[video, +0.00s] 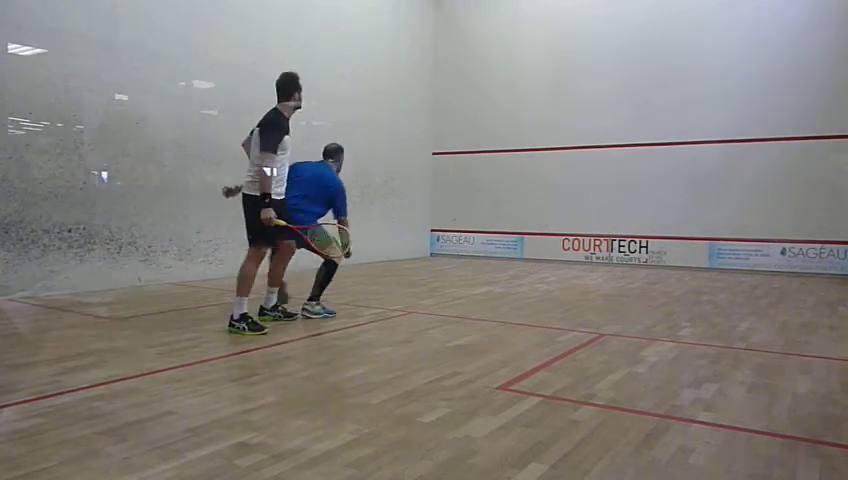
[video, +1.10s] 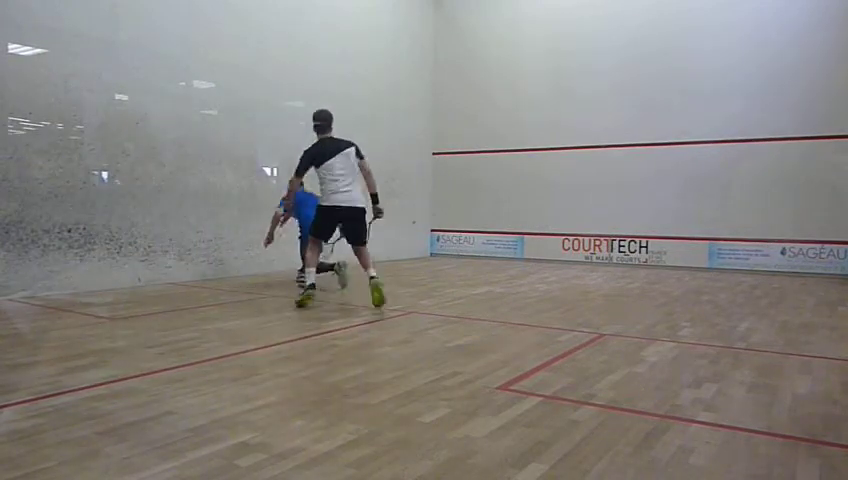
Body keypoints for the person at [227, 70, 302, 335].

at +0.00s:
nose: (302, 97)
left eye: (301, 92)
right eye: (301, 93)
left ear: (281, 94)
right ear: (294, 95)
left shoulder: (274, 118)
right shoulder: (275, 123)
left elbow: (247, 143)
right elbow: (266, 166)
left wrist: (262, 171)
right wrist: (266, 202)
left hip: (270, 195)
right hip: (259, 197)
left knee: (286, 247)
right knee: (257, 252)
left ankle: (269, 306)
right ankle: (238, 315)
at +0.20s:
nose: (309, 96)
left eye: (306, 92)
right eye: (308, 91)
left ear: (286, 93)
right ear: (305, 93)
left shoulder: (278, 118)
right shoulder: (293, 120)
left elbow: (256, 147)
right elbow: (284, 159)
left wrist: (272, 174)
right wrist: (282, 195)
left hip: (274, 192)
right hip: (287, 192)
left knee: (285, 247)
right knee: (293, 246)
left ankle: (267, 300)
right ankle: (264, 301)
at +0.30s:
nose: (314, 97)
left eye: (309, 93)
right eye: (314, 93)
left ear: (291, 94)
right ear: (312, 95)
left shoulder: (282, 120)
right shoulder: (304, 122)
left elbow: (265, 153)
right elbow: (297, 159)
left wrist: (284, 171)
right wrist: (299, 193)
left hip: (276, 191)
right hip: (295, 191)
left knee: (281, 245)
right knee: (310, 243)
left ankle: (268, 303)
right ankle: (284, 297)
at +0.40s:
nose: (320, 99)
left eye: (315, 94)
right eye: (320, 96)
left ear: (299, 97)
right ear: (319, 97)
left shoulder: (288, 124)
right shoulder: (316, 125)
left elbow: (278, 160)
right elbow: (313, 161)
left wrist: (298, 176)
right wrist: (321, 194)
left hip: (283, 192)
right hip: (306, 192)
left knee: (286, 244)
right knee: (322, 241)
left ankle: (269, 303)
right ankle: (313, 300)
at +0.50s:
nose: (329, 102)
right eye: (329, 99)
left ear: (309, 100)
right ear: (328, 101)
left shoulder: (297, 127)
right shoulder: (327, 127)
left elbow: (291, 165)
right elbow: (328, 160)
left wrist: (313, 179)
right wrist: (342, 190)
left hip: (294, 193)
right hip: (320, 194)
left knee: (295, 245)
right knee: (333, 243)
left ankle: (271, 300)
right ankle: (338, 300)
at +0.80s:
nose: (350, 108)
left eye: (342, 105)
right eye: (349, 105)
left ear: (329, 106)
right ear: (348, 107)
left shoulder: (318, 133)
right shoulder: (352, 131)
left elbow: (303, 167)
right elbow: (361, 163)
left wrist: (308, 196)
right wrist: (377, 195)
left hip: (321, 196)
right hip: (347, 195)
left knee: (326, 238)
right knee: (367, 239)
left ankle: (309, 287)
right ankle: (362, 291)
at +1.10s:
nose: (316, 128)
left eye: (316, 125)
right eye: (319, 124)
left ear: (314, 127)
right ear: (332, 126)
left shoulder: (312, 152)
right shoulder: (350, 146)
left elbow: (295, 180)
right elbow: (367, 173)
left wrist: (289, 207)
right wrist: (375, 202)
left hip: (329, 208)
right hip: (356, 207)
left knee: (314, 243)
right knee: (360, 246)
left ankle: (310, 284)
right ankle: (373, 277)